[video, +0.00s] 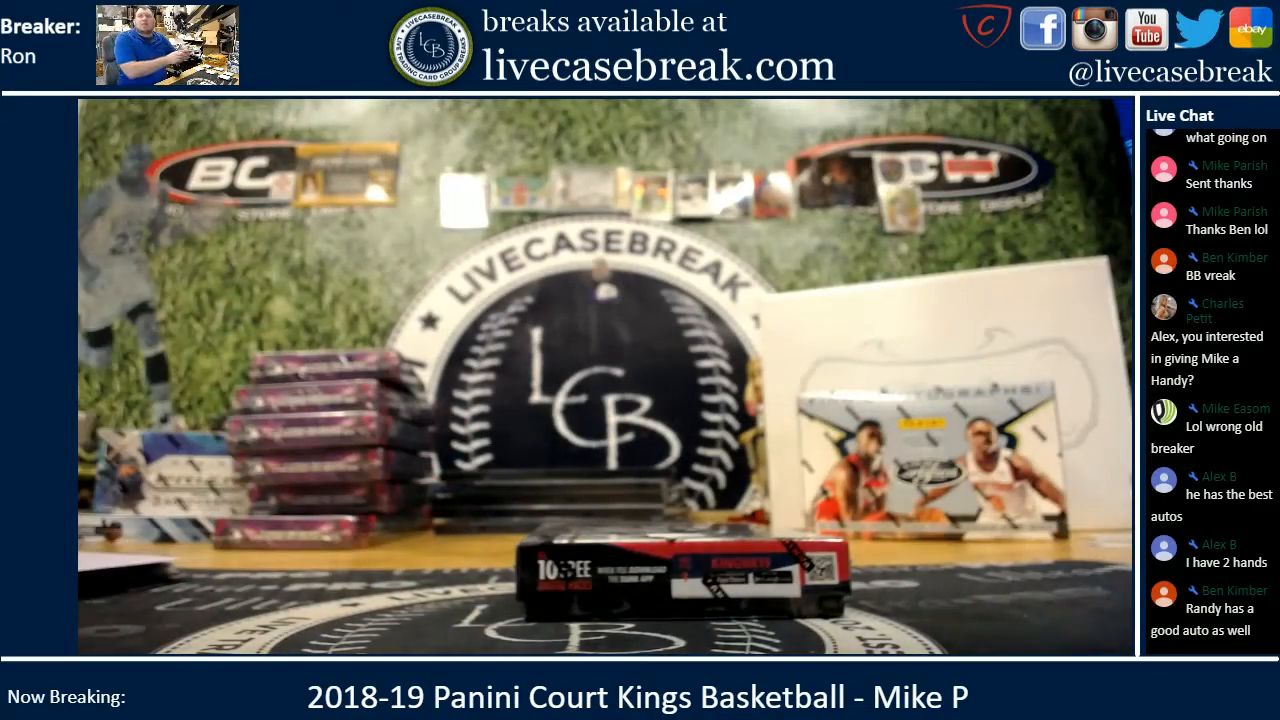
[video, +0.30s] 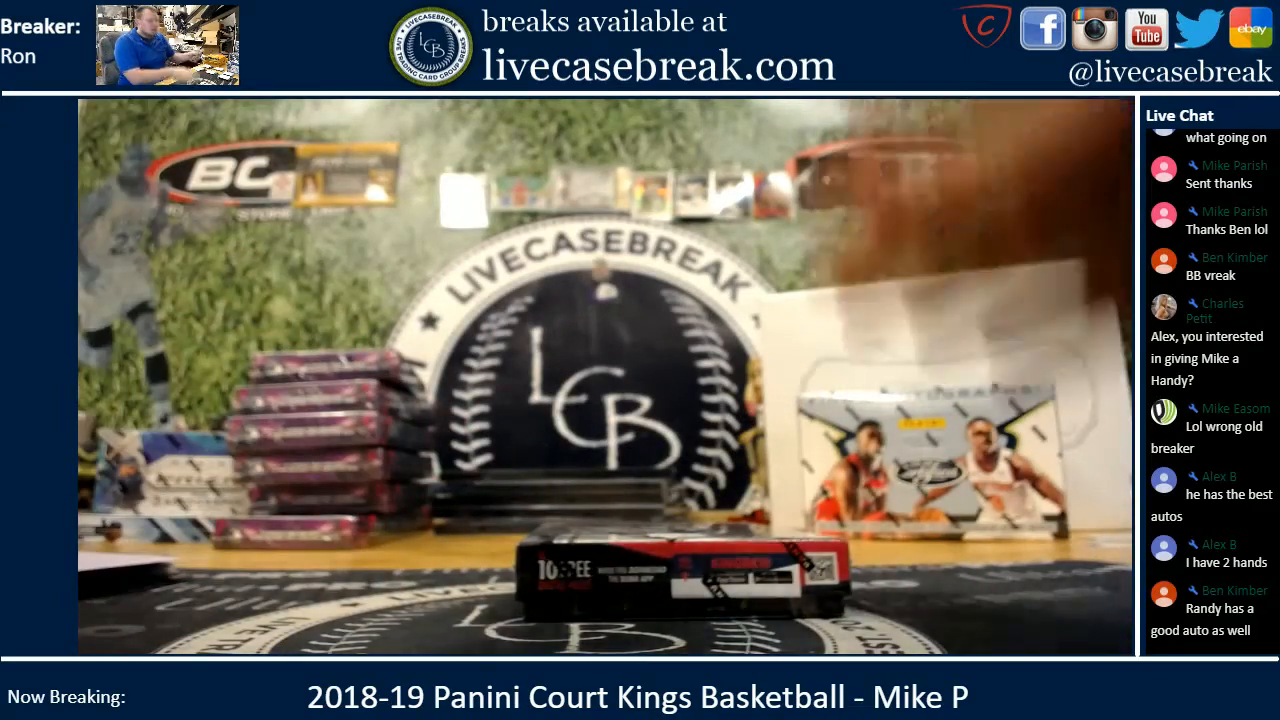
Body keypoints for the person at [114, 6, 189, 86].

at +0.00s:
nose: (144, 19)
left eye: (148, 16)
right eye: (140, 16)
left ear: (154, 21)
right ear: (134, 21)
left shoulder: (160, 38)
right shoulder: (124, 39)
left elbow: (172, 58)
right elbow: (131, 72)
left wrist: (181, 55)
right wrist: (167, 60)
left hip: (159, 92)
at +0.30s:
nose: (155, 25)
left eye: (157, 21)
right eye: (150, 21)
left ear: (159, 22)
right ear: (138, 22)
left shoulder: (160, 39)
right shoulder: (125, 43)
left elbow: (173, 57)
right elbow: (136, 78)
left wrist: (189, 56)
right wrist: (173, 71)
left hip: (160, 91)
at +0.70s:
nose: (158, 27)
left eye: (158, 23)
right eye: (153, 23)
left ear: (159, 21)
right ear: (139, 24)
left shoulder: (159, 38)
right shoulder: (126, 46)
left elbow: (174, 56)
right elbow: (142, 81)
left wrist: (192, 63)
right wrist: (184, 82)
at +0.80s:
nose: (157, 27)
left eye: (158, 23)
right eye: (153, 23)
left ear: (159, 21)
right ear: (139, 24)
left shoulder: (159, 38)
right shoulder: (125, 46)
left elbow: (174, 56)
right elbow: (142, 82)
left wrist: (193, 65)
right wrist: (183, 83)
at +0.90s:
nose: (157, 27)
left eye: (158, 23)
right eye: (152, 24)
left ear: (159, 21)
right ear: (138, 25)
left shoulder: (160, 38)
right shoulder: (125, 46)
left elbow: (175, 56)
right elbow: (142, 83)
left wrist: (193, 66)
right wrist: (187, 82)